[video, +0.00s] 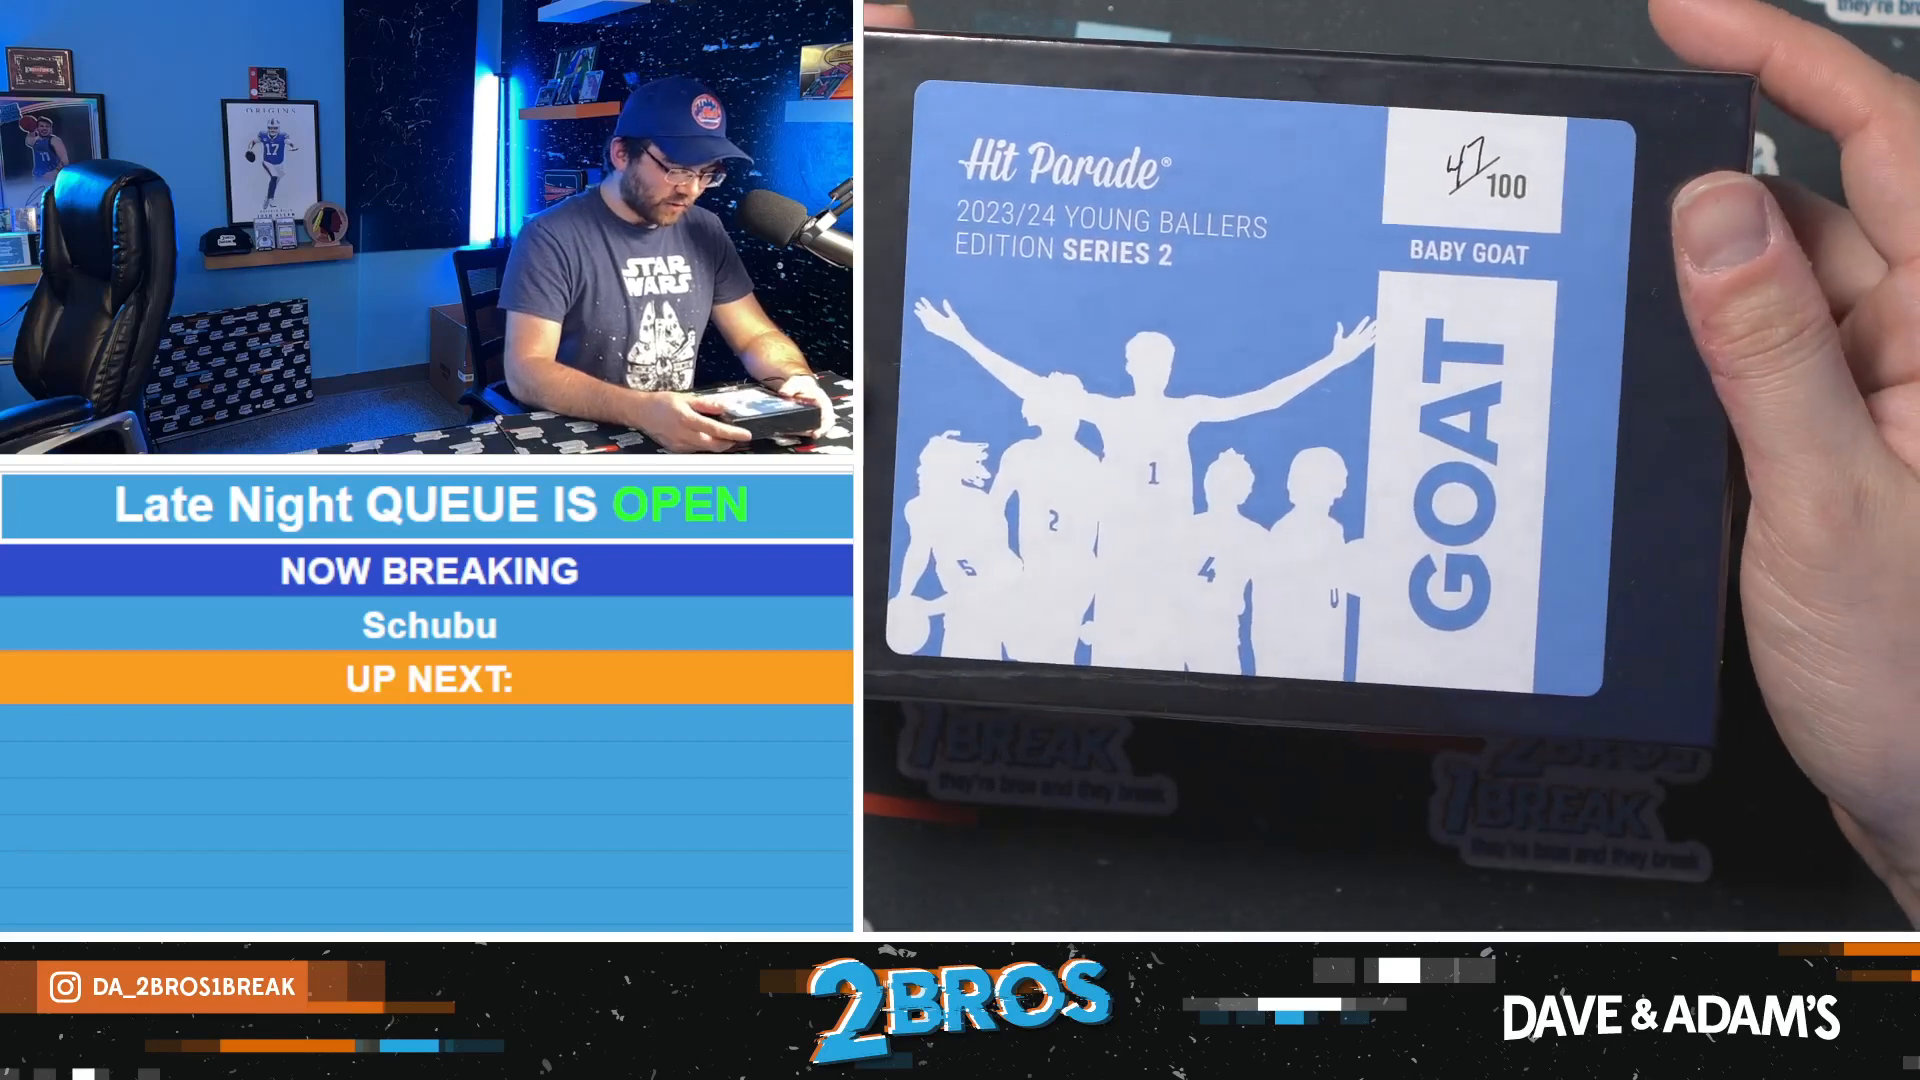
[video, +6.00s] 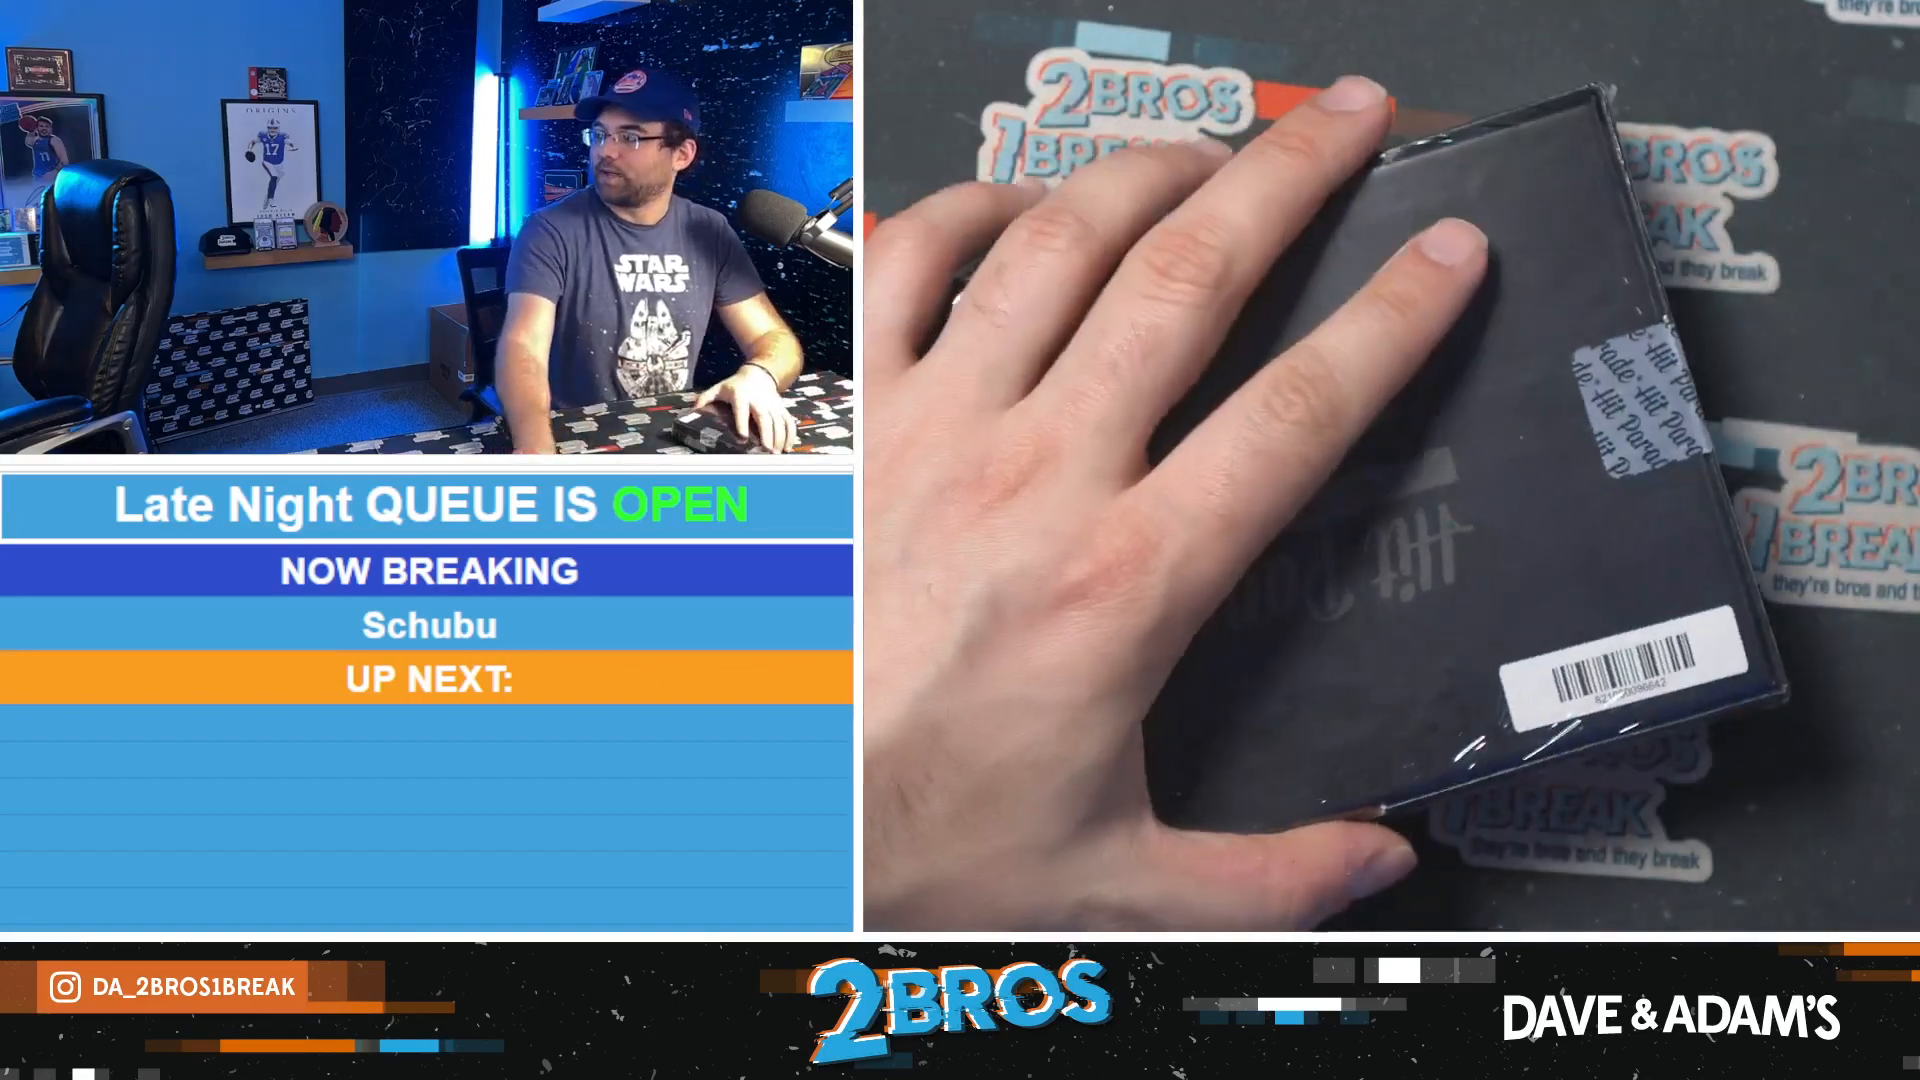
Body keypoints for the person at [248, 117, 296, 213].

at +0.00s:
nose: (273, 130)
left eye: (275, 128)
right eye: (271, 128)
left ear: (278, 128)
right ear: (268, 128)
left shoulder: (283, 136)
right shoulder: (263, 136)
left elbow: (290, 142)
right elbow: (253, 141)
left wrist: (292, 147)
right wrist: (250, 149)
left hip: (279, 164)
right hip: (267, 162)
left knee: (275, 182)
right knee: (274, 176)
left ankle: (267, 199)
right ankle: (270, 199)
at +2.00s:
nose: (273, 130)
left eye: (275, 128)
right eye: (271, 128)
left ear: (278, 128)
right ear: (268, 128)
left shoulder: (283, 136)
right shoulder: (263, 136)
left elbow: (290, 143)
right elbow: (253, 141)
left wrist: (292, 147)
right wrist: (250, 149)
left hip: (279, 164)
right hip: (267, 162)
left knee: (276, 182)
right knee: (274, 176)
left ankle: (267, 200)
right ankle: (270, 199)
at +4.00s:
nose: (273, 130)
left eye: (275, 128)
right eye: (271, 128)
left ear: (278, 128)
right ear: (268, 128)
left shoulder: (283, 136)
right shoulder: (263, 136)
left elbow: (290, 142)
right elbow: (254, 141)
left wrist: (292, 147)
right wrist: (250, 148)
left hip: (279, 164)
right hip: (267, 162)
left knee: (275, 182)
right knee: (274, 176)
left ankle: (267, 200)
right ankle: (270, 199)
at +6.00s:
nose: (273, 130)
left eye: (275, 128)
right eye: (271, 128)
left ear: (278, 128)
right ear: (268, 128)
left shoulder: (282, 136)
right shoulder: (263, 136)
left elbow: (290, 143)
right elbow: (253, 141)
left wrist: (293, 147)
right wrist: (250, 149)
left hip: (279, 164)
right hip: (267, 162)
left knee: (275, 182)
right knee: (274, 176)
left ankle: (267, 200)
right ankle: (270, 199)